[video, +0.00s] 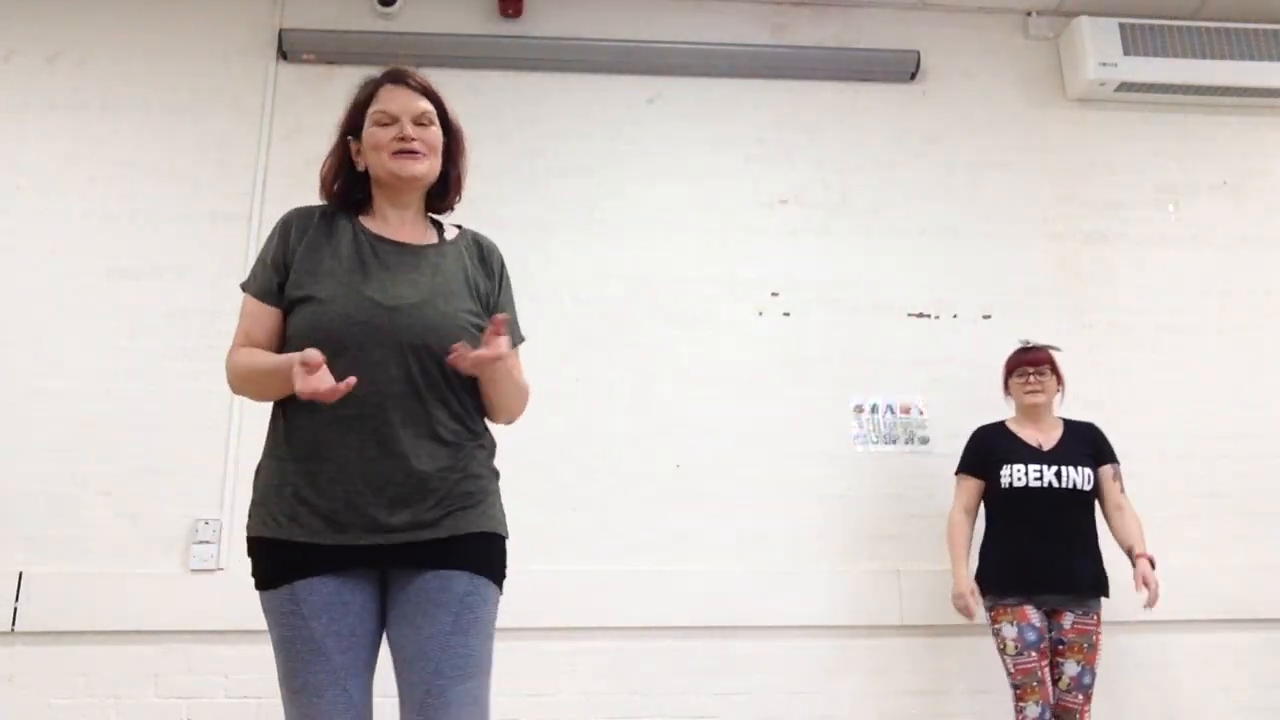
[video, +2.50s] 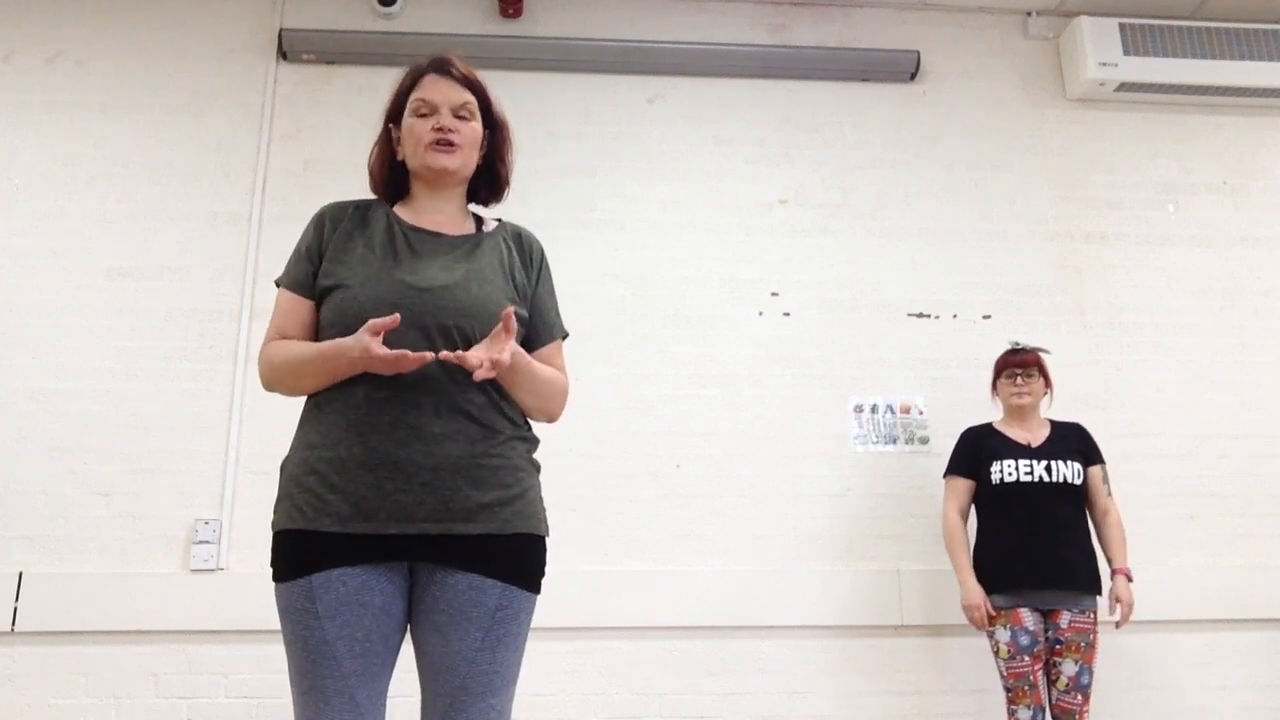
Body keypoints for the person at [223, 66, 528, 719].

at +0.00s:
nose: (409, 133)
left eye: (424, 122)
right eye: (387, 123)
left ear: (445, 148)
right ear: (357, 149)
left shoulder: (478, 258)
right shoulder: (302, 234)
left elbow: (509, 408)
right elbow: (242, 366)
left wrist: (497, 362)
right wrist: (289, 372)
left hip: (450, 520)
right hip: (310, 521)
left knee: (451, 713)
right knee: (324, 714)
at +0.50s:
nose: (479, 121)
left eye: (499, 117)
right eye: (463, 110)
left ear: (519, 151)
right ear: (433, 140)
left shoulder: (555, 253)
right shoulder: (375, 234)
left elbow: (590, 405)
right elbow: (319, 375)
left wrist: (566, 365)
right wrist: (365, 356)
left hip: (516, 524)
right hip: (375, 519)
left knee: (494, 713)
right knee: (359, 713)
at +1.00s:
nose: (483, 124)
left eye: (506, 121)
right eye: (469, 109)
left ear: (523, 156)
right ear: (440, 129)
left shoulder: (543, 254)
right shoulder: (364, 226)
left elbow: (567, 408)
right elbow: (299, 370)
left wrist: (549, 352)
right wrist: (331, 344)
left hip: (499, 524)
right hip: (352, 516)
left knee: (478, 714)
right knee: (344, 712)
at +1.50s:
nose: (449, 125)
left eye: (471, 123)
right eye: (435, 110)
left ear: (485, 159)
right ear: (401, 128)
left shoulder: (511, 248)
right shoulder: (326, 232)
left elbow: (548, 396)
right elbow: (272, 374)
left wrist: (511, 361)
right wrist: (314, 367)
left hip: (487, 523)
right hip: (336, 519)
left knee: (473, 714)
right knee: (337, 713)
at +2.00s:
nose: (447, 123)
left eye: (467, 117)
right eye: (430, 109)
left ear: (484, 148)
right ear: (396, 130)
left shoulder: (512, 250)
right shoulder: (329, 229)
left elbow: (546, 401)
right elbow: (271, 377)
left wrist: (512, 339)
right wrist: (329, 326)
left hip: (486, 524)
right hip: (335, 520)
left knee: (473, 714)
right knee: (336, 714)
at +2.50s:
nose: (445, 123)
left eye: (463, 113)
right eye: (425, 111)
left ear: (486, 142)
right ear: (397, 137)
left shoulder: (519, 250)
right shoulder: (336, 227)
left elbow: (552, 401)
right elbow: (274, 366)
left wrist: (509, 365)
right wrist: (353, 354)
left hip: (487, 525)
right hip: (335, 518)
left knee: (472, 713)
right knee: (336, 712)